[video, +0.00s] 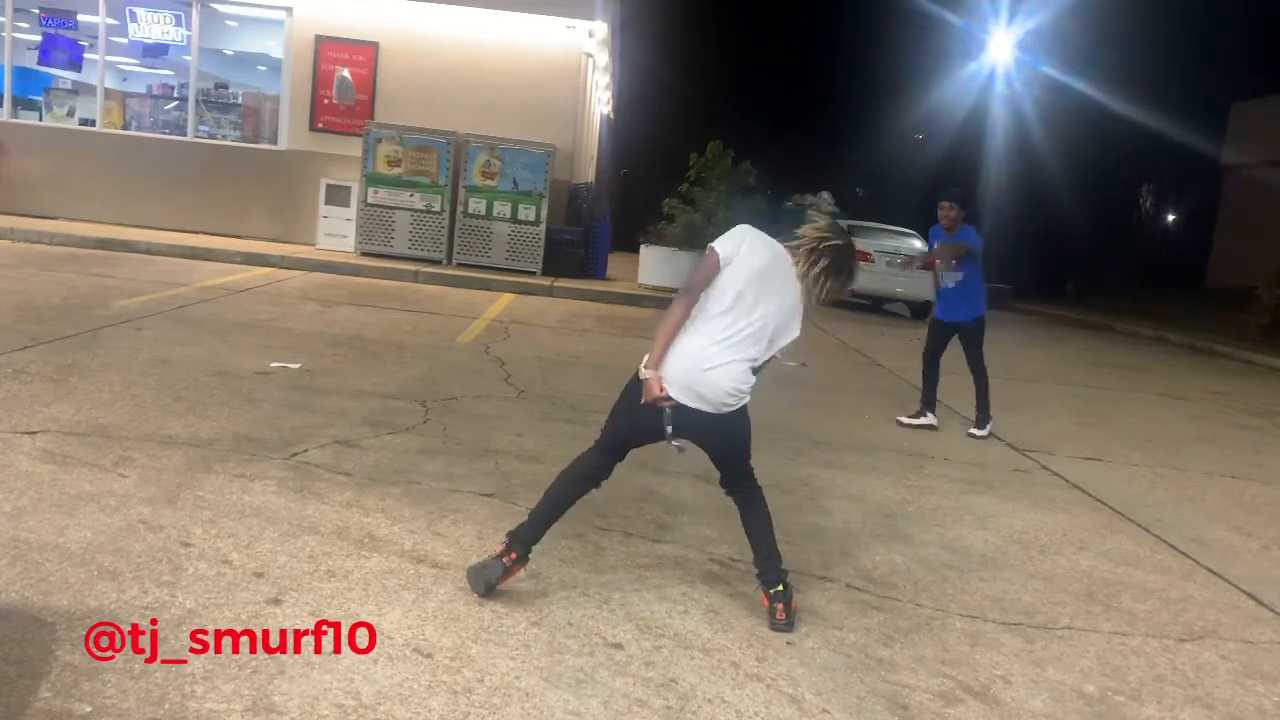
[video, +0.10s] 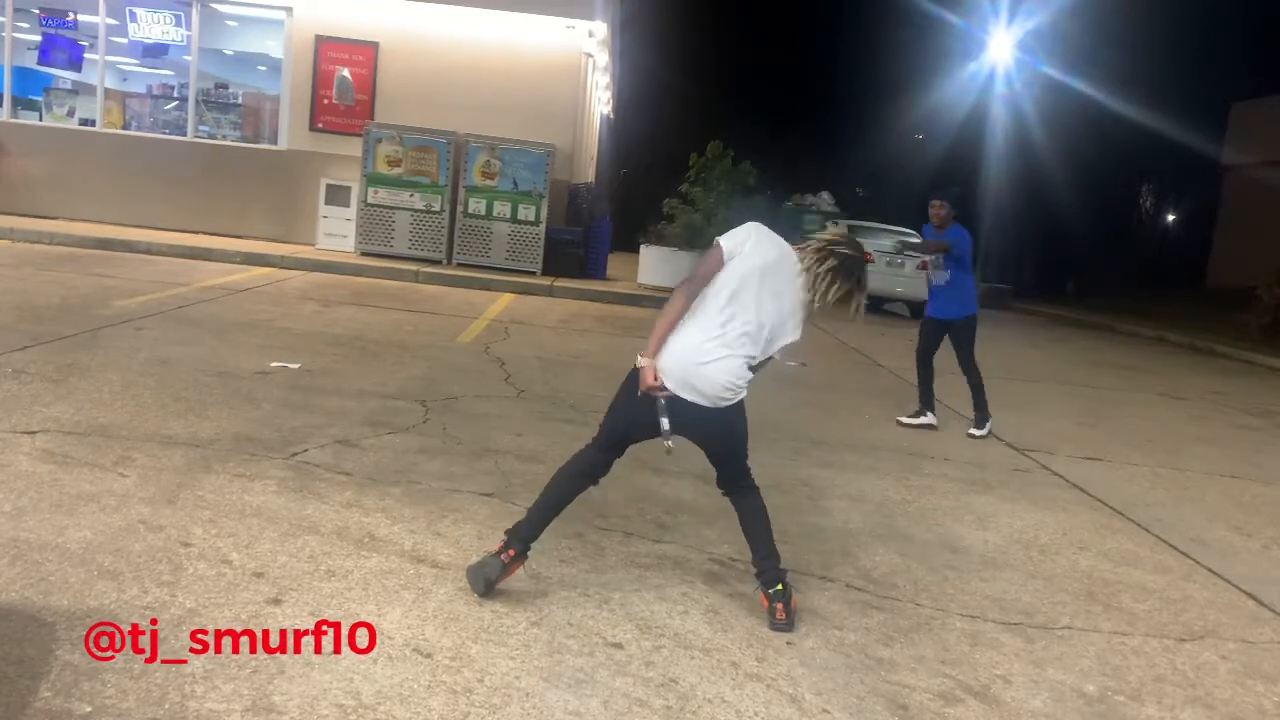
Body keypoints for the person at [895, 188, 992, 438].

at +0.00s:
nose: (946, 214)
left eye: (951, 209)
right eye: (942, 209)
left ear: (962, 213)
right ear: (937, 211)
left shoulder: (970, 235)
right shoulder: (935, 233)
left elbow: (957, 251)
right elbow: (935, 264)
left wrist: (924, 259)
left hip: (970, 313)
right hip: (944, 311)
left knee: (976, 365)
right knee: (930, 357)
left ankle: (983, 419)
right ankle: (927, 411)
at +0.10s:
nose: (936, 212)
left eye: (941, 208)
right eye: (933, 208)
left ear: (951, 211)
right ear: (928, 211)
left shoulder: (961, 235)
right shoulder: (927, 233)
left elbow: (938, 247)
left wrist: (909, 247)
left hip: (962, 311)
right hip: (936, 309)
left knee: (967, 363)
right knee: (923, 356)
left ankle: (982, 418)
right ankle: (926, 411)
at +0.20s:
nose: (925, 209)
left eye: (930, 204)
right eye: (922, 204)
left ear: (940, 209)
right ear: (917, 207)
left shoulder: (949, 232)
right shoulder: (918, 230)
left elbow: (941, 262)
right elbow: (923, 260)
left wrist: (911, 247)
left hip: (949, 308)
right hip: (926, 306)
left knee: (946, 360)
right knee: (918, 358)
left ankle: (976, 411)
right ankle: (925, 411)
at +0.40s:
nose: (899, 206)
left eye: (903, 201)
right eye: (896, 201)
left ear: (913, 204)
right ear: (893, 205)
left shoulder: (929, 231)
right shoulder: (897, 231)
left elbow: (940, 269)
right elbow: (897, 265)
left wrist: (935, 302)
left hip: (920, 302)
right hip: (905, 302)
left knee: (900, 350)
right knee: (916, 356)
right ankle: (926, 410)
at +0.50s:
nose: (882, 210)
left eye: (887, 206)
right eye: (879, 206)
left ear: (896, 209)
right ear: (874, 209)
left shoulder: (910, 235)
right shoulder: (873, 233)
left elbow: (929, 271)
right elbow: (875, 258)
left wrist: (941, 307)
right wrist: (855, 255)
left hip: (905, 305)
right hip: (886, 304)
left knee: (875, 348)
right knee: (901, 360)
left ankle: (864, 411)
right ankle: (923, 409)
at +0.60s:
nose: (870, 207)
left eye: (875, 202)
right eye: (867, 202)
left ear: (885, 206)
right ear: (862, 206)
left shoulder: (898, 233)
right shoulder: (861, 230)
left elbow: (917, 269)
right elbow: (865, 258)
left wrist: (925, 304)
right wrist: (852, 256)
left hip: (891, 301)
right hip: (871, 300)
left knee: (870, 354)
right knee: (870, 355)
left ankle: (863, 411)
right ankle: (910, 396)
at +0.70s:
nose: (857, 201)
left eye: (862, 196)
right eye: (853, 196)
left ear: (872, 198)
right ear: (849, 198)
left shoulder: (884, 226)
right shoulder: (848, 224)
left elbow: (897, 266)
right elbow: (849, 253)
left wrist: (900, 305)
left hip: (879, 299)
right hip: (856, 297)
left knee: (867, 350)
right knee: (845, 349)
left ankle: (864, 409)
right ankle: (878, 389)